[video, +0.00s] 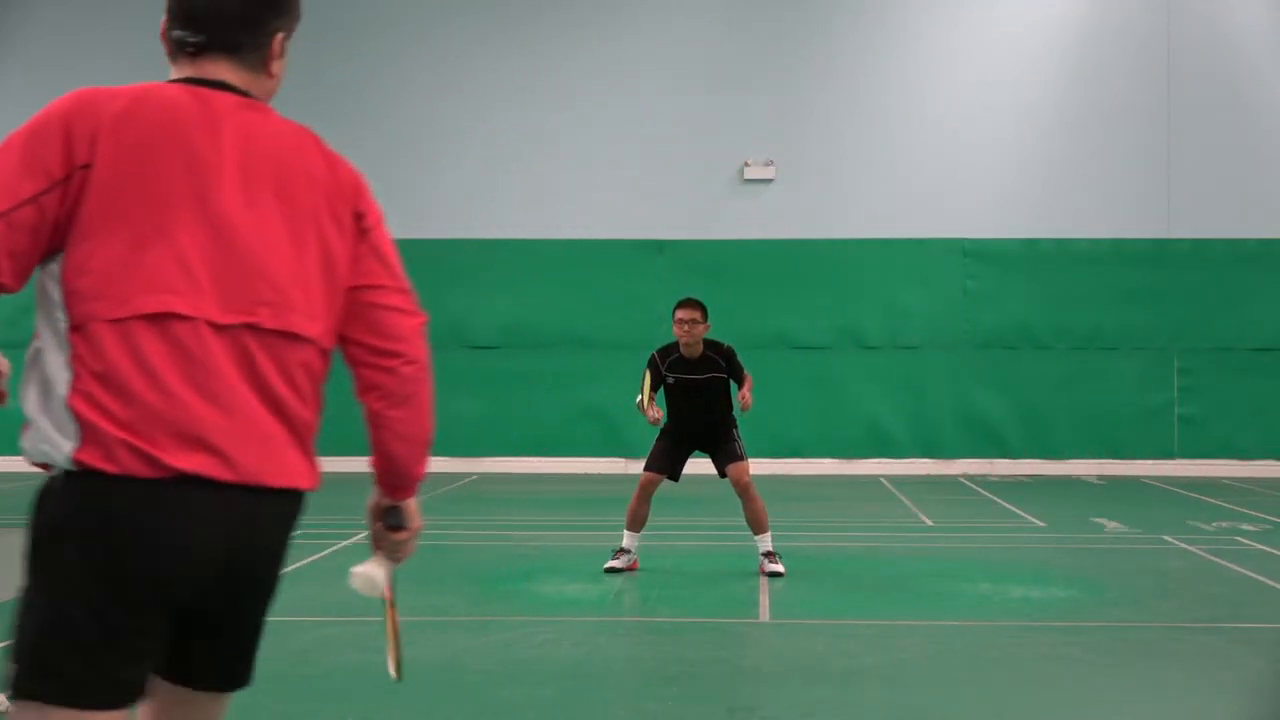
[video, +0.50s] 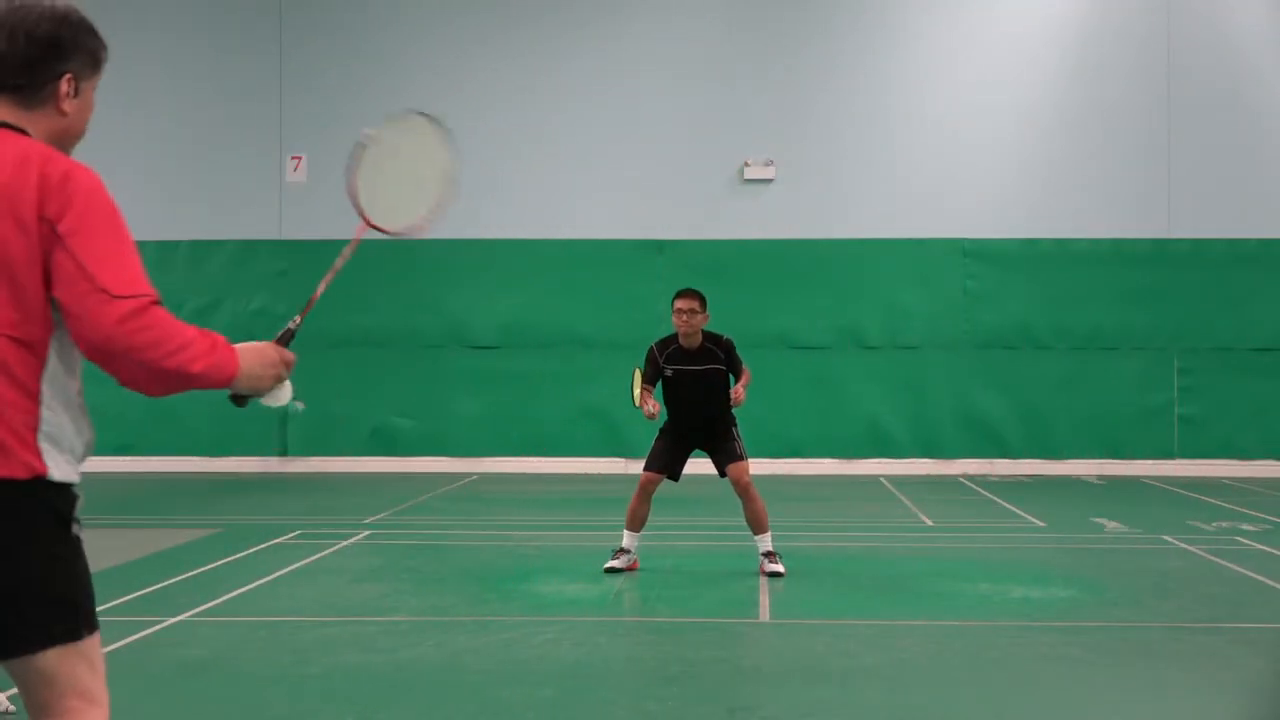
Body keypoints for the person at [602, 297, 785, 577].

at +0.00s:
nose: (685, 328)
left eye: (692, 323)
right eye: (680, 322)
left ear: (705, 327)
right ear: (673, 326)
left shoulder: (723, 355)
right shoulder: (661, 358)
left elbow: (745, 378)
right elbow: (645, 396)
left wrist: (746, 391)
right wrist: (651, 410)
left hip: (720, 431)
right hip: (677, 431)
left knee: (743, 482)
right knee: (646, 484)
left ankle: (767, 553)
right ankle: (627, 551)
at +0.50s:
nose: (684, 318)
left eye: (691, 313)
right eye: (679, 312)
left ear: (704, 318)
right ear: (672, 316)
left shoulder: (722, 346)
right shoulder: (660, 351)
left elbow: (743, 373)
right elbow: (645, 388)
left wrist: (741, 387)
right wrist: (648, 402)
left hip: (719, 427)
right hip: (677, 427)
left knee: (743, 482)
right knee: (646, 482)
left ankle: (767, 553)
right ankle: (627, 551)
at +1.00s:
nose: (684, 311)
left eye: (691, 306)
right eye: (679, 306)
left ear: (704, 311)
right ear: (672, 310)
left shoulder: (721, 342)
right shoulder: (659, 346)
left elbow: (741, 371)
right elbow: (645, 387)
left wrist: (736, 384)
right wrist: (649, 404)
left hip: (717, 425)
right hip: (676, 426)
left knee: (742, 482)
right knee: (645, 482)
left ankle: (767, 552)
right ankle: (627, 551)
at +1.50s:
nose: (682, 313)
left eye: (689, 308)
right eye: (677, 307)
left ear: (703, 313)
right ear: (671, 311)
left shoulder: (721, 344)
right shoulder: (659, 347)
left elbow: (739, 373)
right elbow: (648, 393)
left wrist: (734, 387)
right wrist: (652, 413)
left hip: (716, 425)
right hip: (675, 425)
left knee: (741, 482)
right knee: (644, 482)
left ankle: (767, 553)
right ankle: (627, 551)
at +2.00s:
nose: (681, 312)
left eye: (688, 308)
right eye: (677, 307)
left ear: (702, 313)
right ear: (670, 311)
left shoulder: (720, 343)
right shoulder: (659, 347)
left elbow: (739, 375)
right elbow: (648, 394)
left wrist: (732, 387)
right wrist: (652, 419)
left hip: (716, 424)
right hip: (675, 425)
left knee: (740, 482)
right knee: (644, 482)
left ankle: (767, 553)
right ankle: (627, 551)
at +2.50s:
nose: (677, 333)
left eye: (684, 327)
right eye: (672, 327)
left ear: (698, 330)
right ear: (666, 330)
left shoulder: (716, 357)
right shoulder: (657, 361)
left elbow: (739, 381)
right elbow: (639, 397)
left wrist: (737, 397)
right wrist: (641, 409)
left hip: (716, 433)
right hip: (675, 433)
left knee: (742, 484)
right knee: (641, 483)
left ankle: (767, 553)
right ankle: (626, 551)